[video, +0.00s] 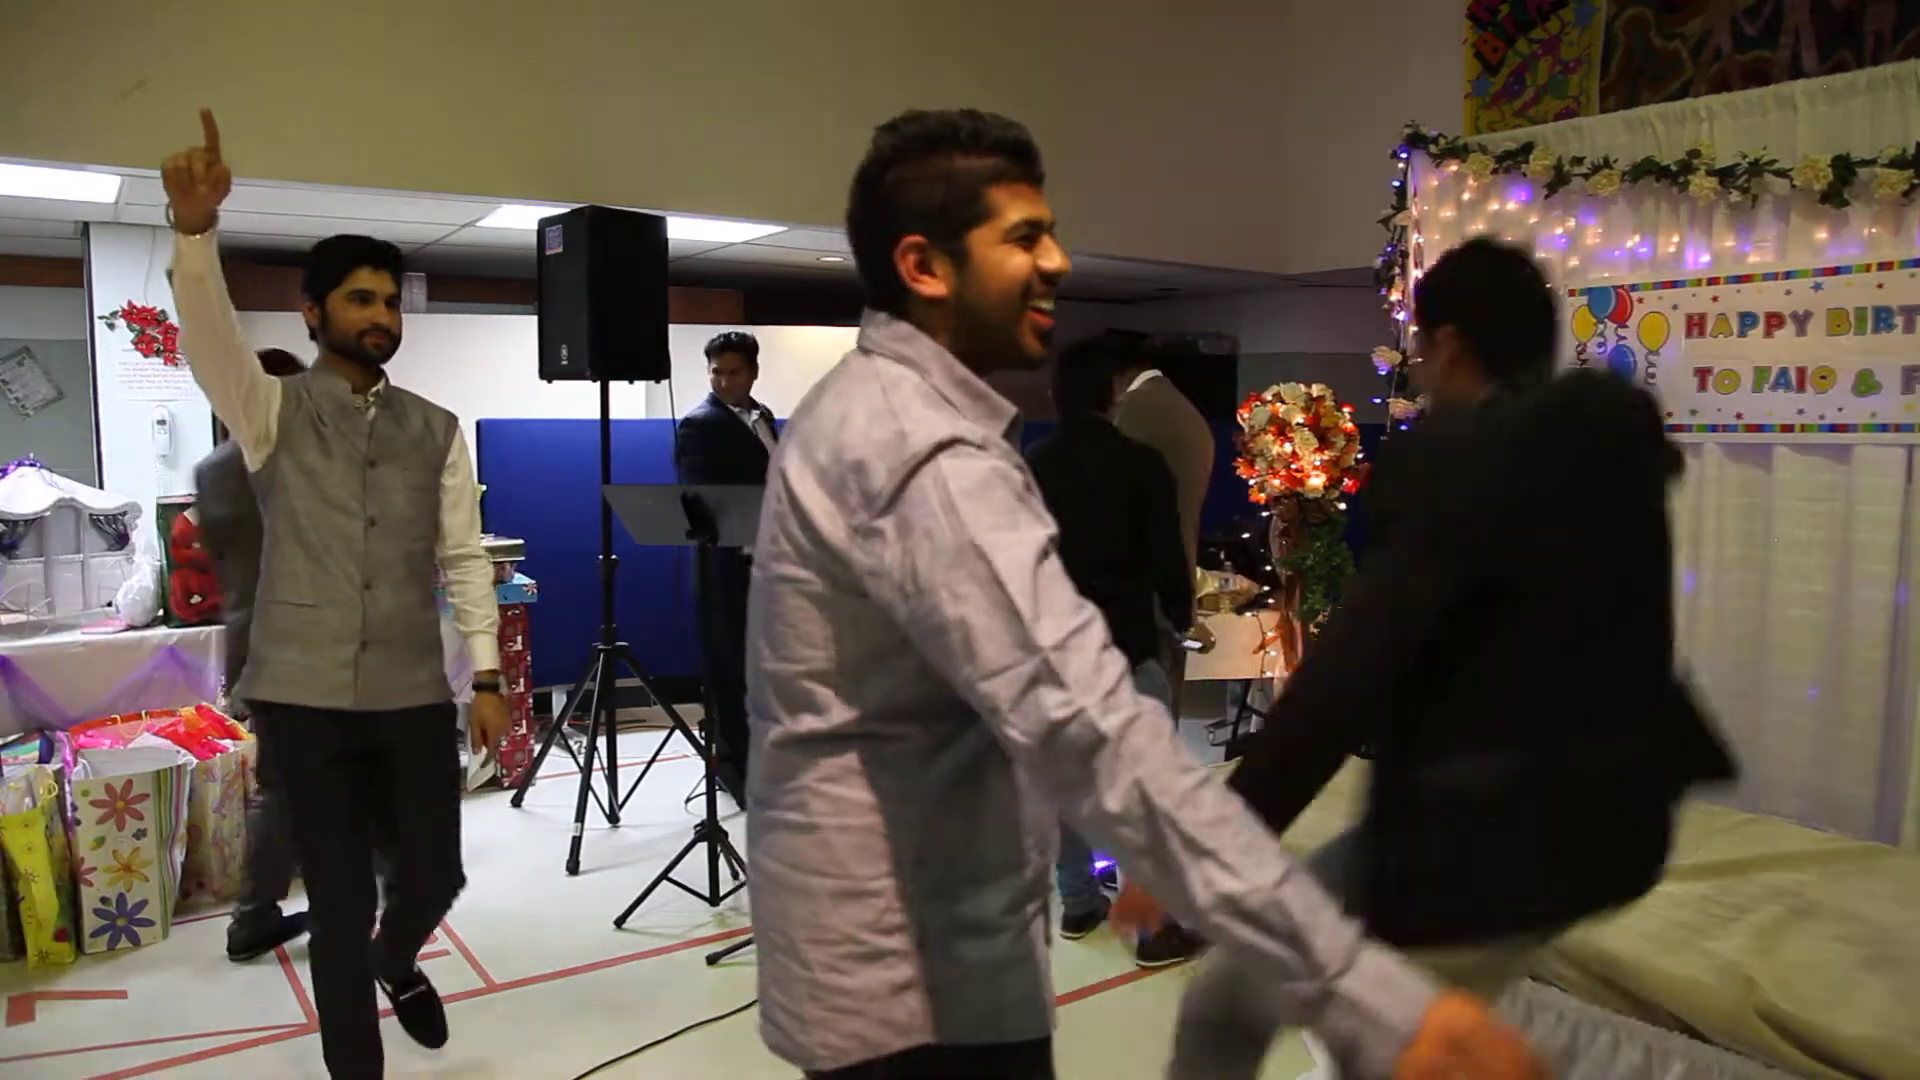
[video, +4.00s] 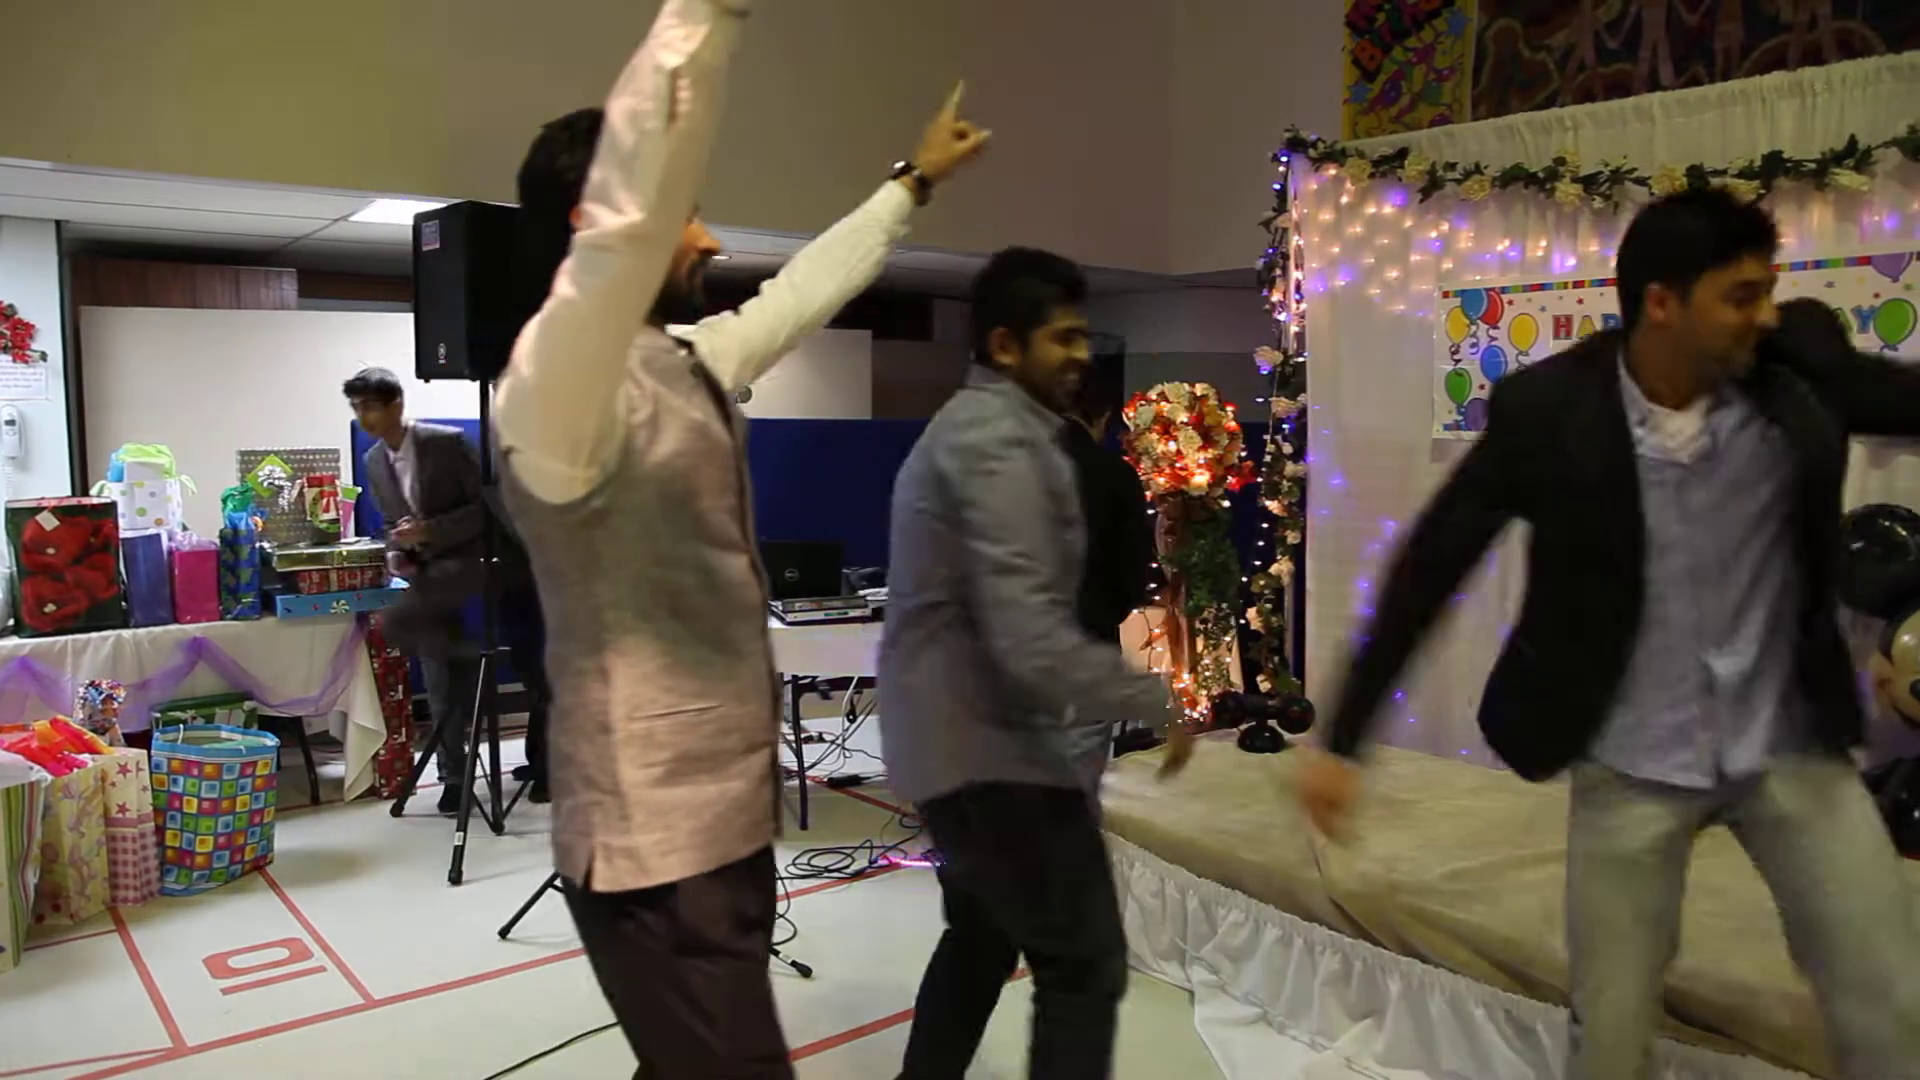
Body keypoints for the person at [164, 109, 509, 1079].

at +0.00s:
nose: (383, 316)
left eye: (393, 302)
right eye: (362, 298)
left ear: (404, 318)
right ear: (312, 312)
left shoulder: (437, 429)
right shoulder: (273, 409)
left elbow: (468, 559)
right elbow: (209, 336)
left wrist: (485, 676)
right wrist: (194, 229)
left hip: (413, 695)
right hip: (304, 695)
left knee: (436, 875)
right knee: (338, 905)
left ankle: (391, 961)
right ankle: (354, 1072)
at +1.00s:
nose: (518, 323)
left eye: (527, 309)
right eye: (493, 307)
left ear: (536, 325)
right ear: (439, 321)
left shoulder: (574, 449)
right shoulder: (405, 439)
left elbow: (611, 591)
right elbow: (351, 349)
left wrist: (647, 717)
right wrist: (352, 209)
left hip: (573, 752)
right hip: (460, 757)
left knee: (586, 974)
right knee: (523, 969)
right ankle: (470, 1072)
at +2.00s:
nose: (501, 256)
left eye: (507, 240)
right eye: (471, 238)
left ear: (515, 261)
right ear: (405, 260)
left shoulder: (546, 395)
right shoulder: (373, 387)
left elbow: (646, 483)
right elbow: (346, 259)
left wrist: (750, 558)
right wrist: (332, 79)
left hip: (554, 759)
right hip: (438, 768)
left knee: (556, 1003)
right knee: (480, 1043)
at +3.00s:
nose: (530, 261)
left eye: (531, 239)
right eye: (502, 233)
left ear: (529, 258)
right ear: (432, 244)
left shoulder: (505, 382)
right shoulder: (384, 410)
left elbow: (587, 323)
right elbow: (421, 242)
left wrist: (670, 223)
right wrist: (482, 26)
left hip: (561, 827)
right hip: (463, 851)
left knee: (622, 1065)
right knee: (479, 1074)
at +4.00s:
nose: (707, 232)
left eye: (698, 208)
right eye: (678, 213)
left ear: (648, 230)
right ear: (603, 226)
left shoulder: (693, 364)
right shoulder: (557, 401)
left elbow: (801, 293)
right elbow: (627, 206)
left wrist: (913, 183)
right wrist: (705, 3)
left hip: (725, 830)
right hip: (651, 853)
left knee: (706, 1064)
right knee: (733, 1071)